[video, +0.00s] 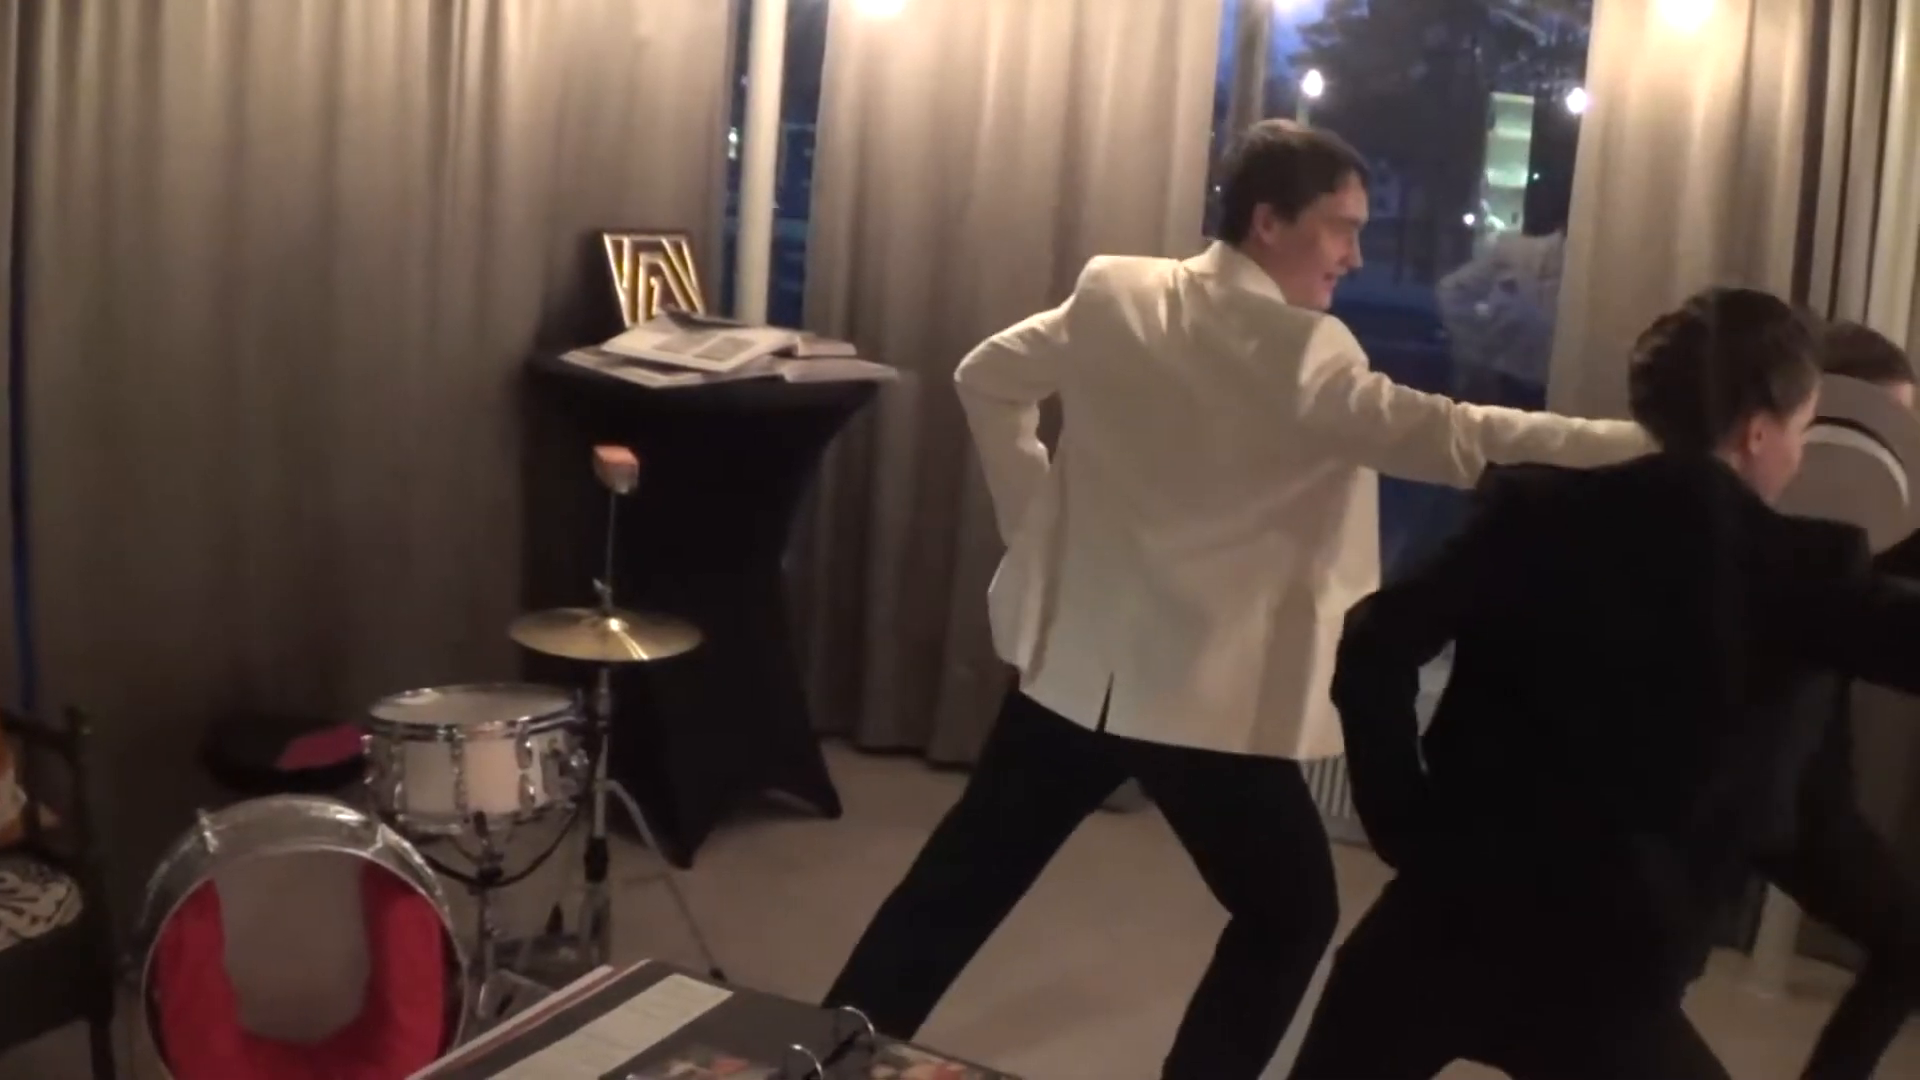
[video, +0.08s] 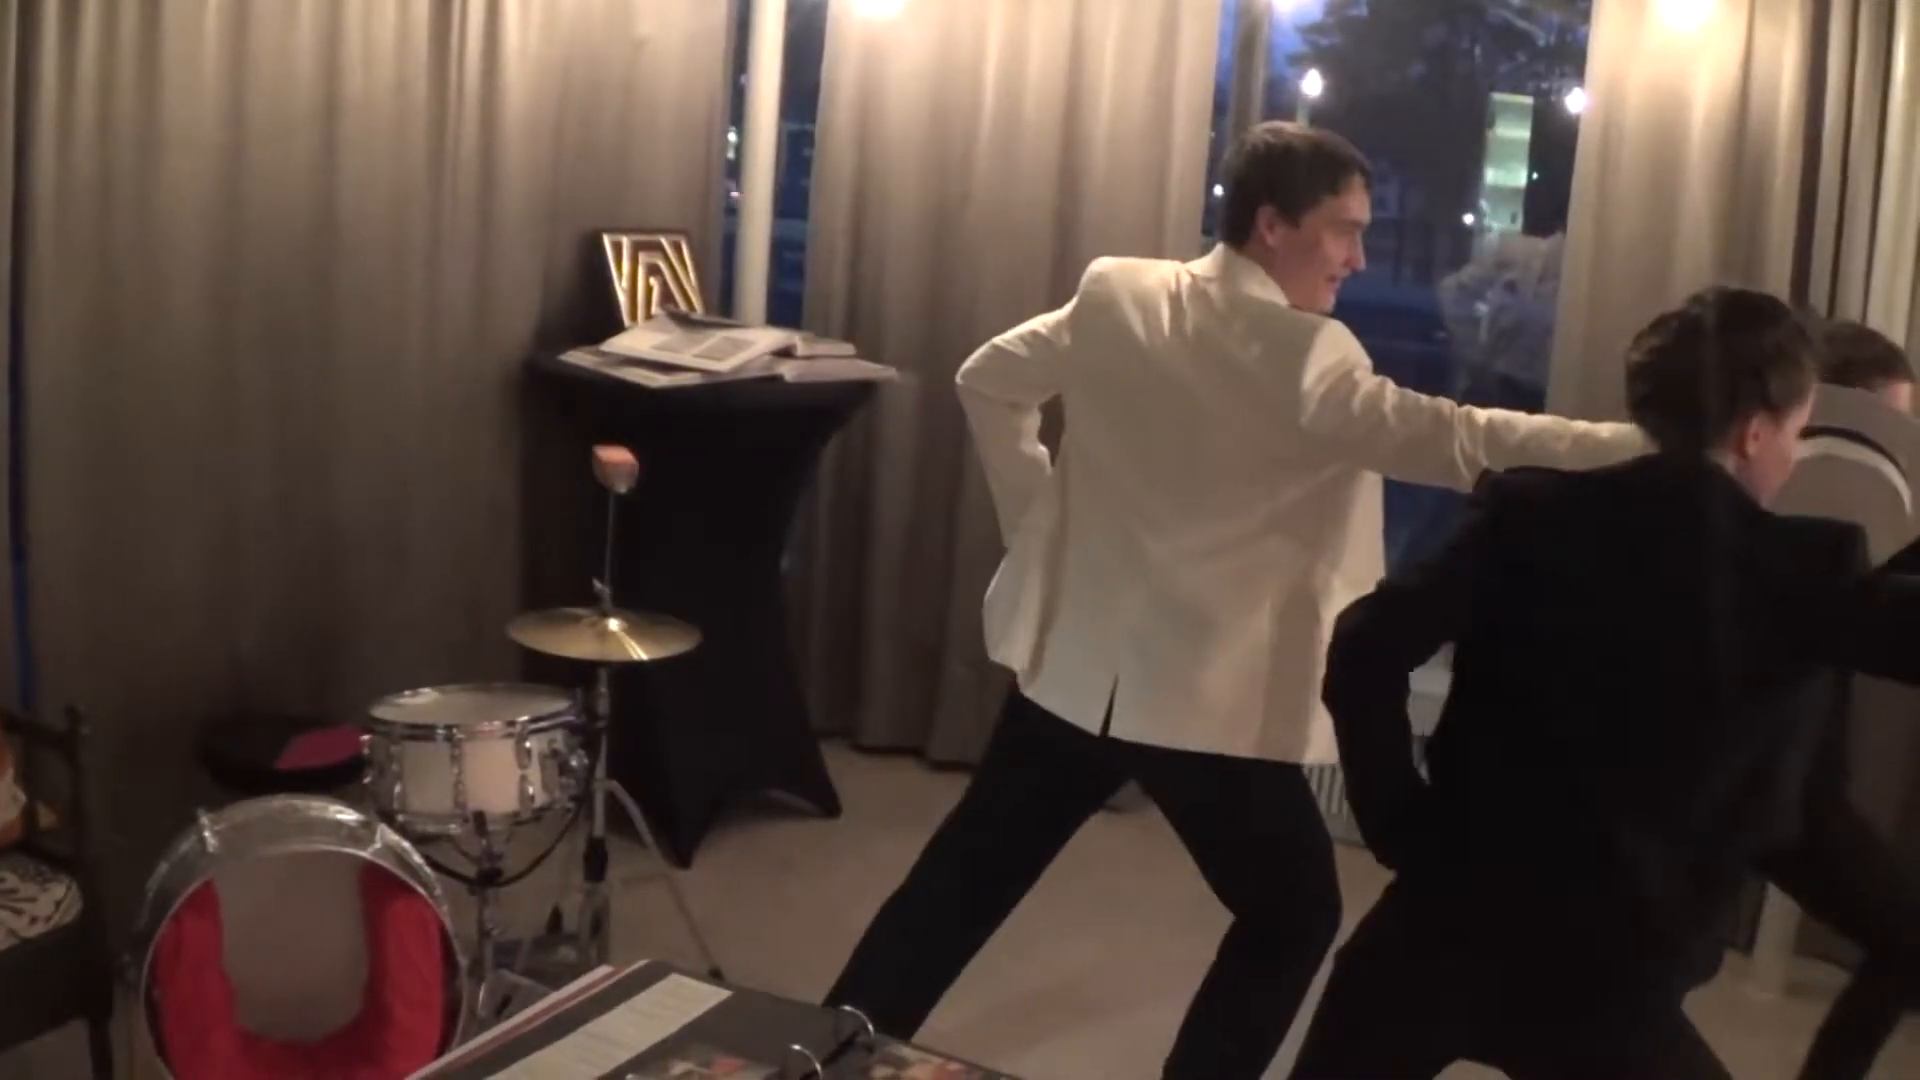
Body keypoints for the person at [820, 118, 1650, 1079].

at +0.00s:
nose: (1351, 257)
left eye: (1357, 233)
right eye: (1339, 231)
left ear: (1259, 228)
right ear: (1267, 222)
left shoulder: (1112, 298)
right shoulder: (1311, 364)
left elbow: (987, 377)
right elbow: (1471, 439)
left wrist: (1037, 529)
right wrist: (1662, 439)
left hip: (1070, 673)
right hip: (1205, 703)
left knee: (959, 880)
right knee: (1290, 910)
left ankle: (831, 1057)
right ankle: (1202, 1078)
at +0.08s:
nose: (1355, 259)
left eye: (1360, 235)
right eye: (1343, 234)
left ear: (1262, 229)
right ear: (1274, 225)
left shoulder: (1114, 299)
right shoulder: (1313, 369)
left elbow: (989, 379)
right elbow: (1471, 441)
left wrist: (1040, 526)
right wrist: (1659, 441)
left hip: (1068, 675)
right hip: (1205, 708)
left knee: (965, 875)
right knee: (1293, 911)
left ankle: (830, 1057)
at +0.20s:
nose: (1357, 256)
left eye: (1361, 234)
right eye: (1343, 232)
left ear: (1261, 228)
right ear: (1274, 227)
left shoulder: (1116, 298)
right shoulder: (1313, 369)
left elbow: (991, 383)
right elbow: (1458, 436)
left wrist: (1038, 529)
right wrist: (1635, 446)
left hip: (1068, 675)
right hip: (1203, 710)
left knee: (962, 880)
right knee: (1293, 925)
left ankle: (831, 1055)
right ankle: (1203, 1079)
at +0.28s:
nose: (1355, 257)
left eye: (1358, 233)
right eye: (1344, 230)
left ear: (1253, 227)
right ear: (1267, 229)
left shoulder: (1116, 302)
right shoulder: (1316, 373)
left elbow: (991, 385)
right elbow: (1451, 430)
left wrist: (1038, 527)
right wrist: (1604, 439)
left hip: (1067, 684)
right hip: (1209, 716)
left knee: (959, 886)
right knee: (1297, 916)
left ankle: (832, 1061)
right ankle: (1205, 1073)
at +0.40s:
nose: (1353, 245)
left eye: (1356, 220)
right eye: (1340, 217)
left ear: (1251, 216)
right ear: (1264, 214)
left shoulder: (1115, 294)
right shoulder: (1315, 365)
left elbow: (998, 382)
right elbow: (1437, 452)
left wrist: (1042, 515)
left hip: (1069, 675)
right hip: (1208, 711)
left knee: (979, 864)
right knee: (1283, 919)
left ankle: (841, 1047)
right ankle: (1201, 1078)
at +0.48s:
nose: (1354, 211)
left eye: (1355, 186)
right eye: (1339, 184)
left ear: (1250, 186)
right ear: (1265, 184)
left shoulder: (1122, 264)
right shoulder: (1303, 341)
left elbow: (1011, 352)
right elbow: (1402, 448)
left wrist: (1050, 479)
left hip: (1068, 645)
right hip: (1195, 683)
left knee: (1005, 846)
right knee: (1238, 914)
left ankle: (877, 1043)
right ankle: (1186, 1078)